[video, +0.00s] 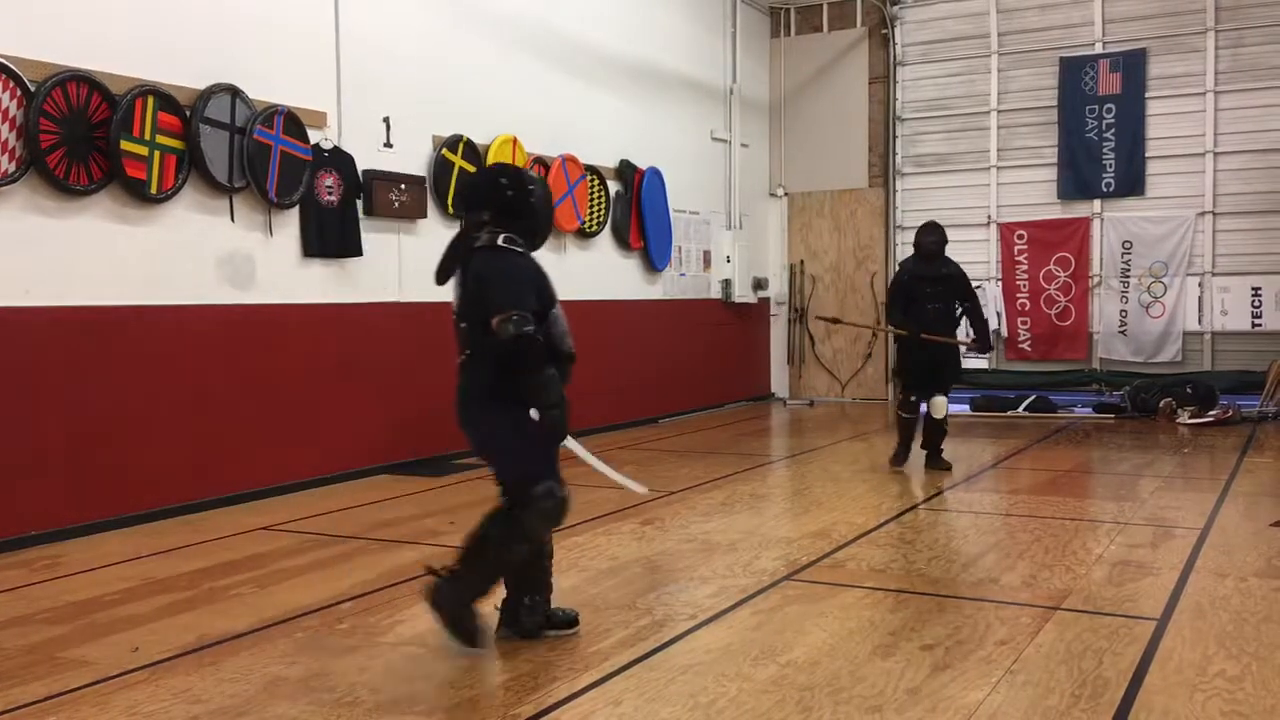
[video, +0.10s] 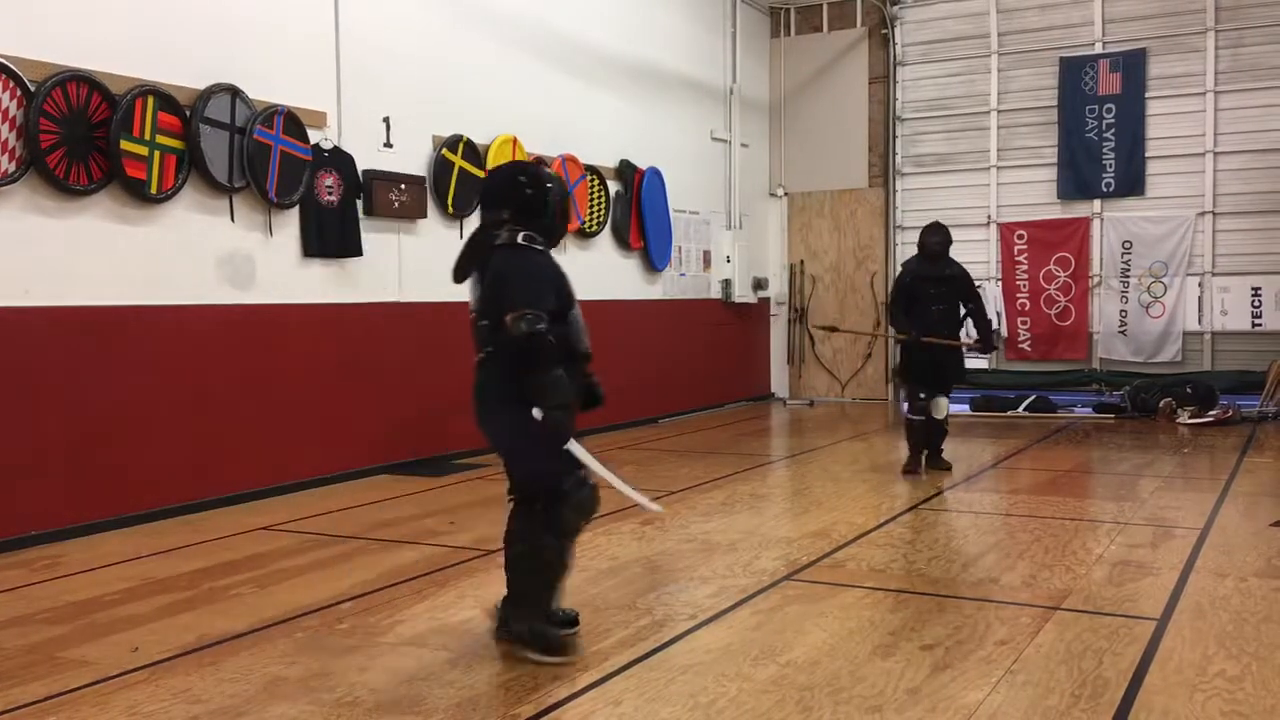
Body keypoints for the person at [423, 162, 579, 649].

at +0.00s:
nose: (547, 212)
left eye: (543, 202)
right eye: (538, 202)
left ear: (493, 209)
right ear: (516, 208)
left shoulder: (508, 260)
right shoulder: (500, 264)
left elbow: (549, 331)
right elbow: (516, 340)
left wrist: (554, 368)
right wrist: (546, 397)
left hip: (517, 400)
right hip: (498, 404)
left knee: (534, 499)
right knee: (539, 499)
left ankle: (527, 606)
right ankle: (457, 590)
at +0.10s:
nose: (561, 208)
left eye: (557, 198)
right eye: (553, 199)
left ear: (505, 206)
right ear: (533, 204)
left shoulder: (519, 257)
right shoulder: (518, 260)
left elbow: (551, 327)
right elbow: (527, 334)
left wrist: (577, 376)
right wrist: (557, 392)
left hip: (522, 402)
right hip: (516, 404)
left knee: (537, 497)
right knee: (569, 493)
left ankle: (529, 601)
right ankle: (524, 612)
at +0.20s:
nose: (579, 205)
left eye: (575, 195)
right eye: (570, 196)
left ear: (524, 205)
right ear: (549, 202)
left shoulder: (517, 254)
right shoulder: (541, 258)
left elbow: (561, 328)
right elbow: (546, 334)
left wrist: (596, 373)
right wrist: (567, 401)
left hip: (523, 401)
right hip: (542, 404)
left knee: (540, 500)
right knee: (588, 499)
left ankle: (526, 606)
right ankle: (597, 627)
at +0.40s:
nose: (618, 212)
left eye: (614, 201)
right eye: (611, 202)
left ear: (555, 208)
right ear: (593, 207)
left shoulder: (534, 257)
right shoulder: (594, 261)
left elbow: (537, 345)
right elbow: (607, 346)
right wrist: (622, 417)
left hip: (540, 410)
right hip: (585, 412)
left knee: (552, 505)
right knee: (625, 508)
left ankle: (529, 605)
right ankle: (634, 628)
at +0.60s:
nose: (648, 201)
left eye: (645, 193)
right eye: (643, 194)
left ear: (582, 199)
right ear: (631, 200)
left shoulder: (547, 256)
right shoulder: (642, 252)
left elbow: (534, 337)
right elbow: (670, 336)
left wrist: (542, 397)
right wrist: (695, 405)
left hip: (555, 411)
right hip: (615, 413)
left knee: (559, 502)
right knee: (639, 508)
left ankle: (536, 608)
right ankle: (634, 629)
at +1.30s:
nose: (596, 215)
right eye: (591, 207)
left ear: (529, 208)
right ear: (584, 211)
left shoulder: (494, 261)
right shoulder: (599, 263)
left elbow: (469, 341)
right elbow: (640, 348)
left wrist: (490, 390)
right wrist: (660, 409)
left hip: (504, 420)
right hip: (576, 421)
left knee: (481, 516)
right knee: (613, 515)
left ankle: (450, 628)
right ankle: (631, 631)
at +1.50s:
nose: (544, 219)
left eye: (540, 209)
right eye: (538, 209)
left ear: (475, 212)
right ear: (526, 215)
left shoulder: (435, 268)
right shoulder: (542, 270)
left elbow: (409, 346)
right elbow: (581, 352)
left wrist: (411, 412)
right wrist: (607, 416)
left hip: (454, 423)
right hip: (521, 424)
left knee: (451, 526)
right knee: (570, 519)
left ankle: (445, 633)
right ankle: (614, 623)